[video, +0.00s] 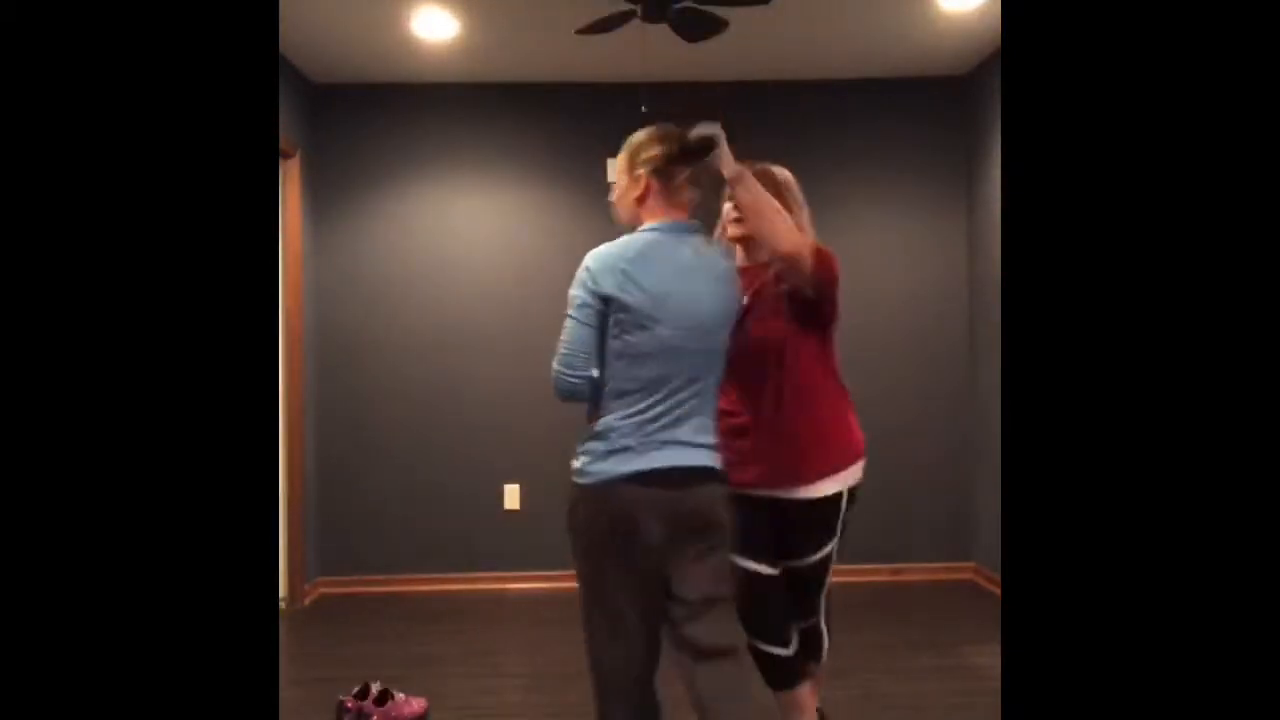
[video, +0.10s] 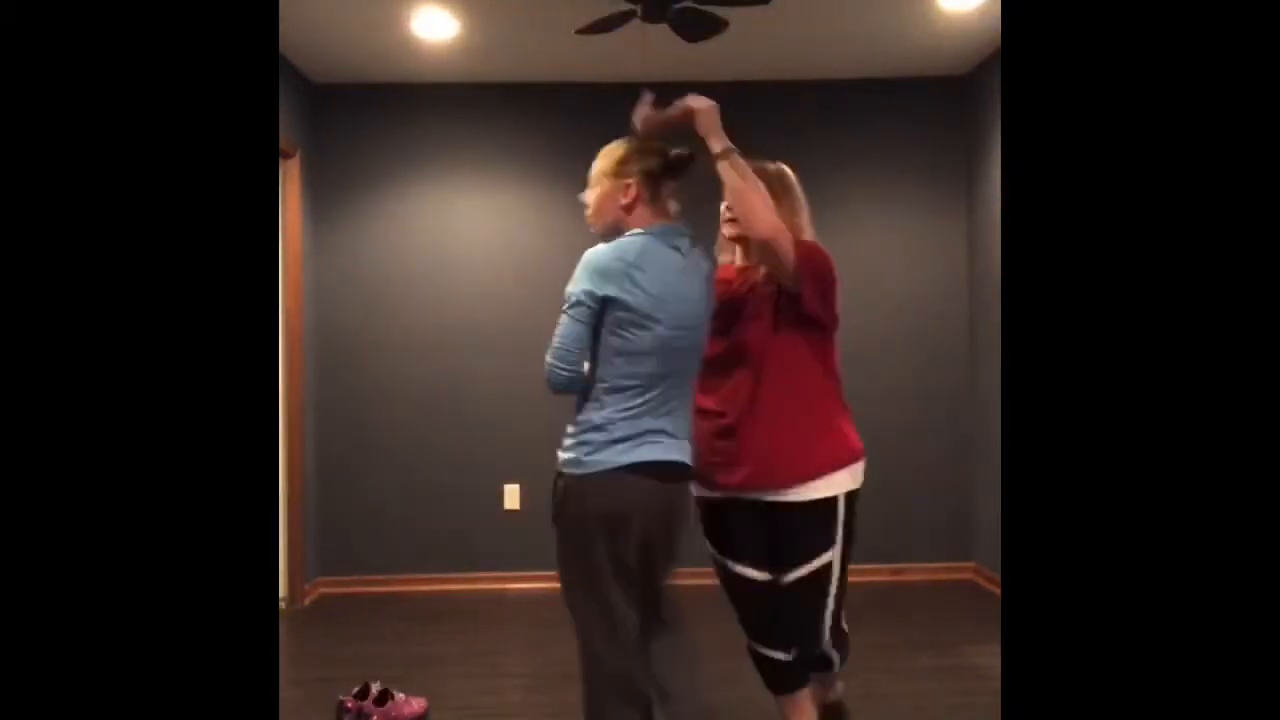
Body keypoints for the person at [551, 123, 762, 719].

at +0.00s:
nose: (612, 193)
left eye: (618, 180)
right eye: (614, 180)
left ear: (644, 184)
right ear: (687, 186)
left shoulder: (606, 263)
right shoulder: (724, 265)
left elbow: (571, 379)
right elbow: (720, 358)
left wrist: (627, 383)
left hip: (615, 490)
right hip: (701, 485)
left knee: (622, 664)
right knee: (717, 653)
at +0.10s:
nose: (585, 202)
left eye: (592, 188)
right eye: (588, 188)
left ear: (629, 192)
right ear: (653, 193)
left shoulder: (603, 261)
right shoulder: (697, 262)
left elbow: (562, 373)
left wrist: (602, 375)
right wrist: (649, 142)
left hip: (599, 484)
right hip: (668, 484)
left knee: (608, 650)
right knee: (653, 626)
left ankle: (622, 718)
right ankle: (688, 709)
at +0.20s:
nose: (570, 200)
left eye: (582, 188)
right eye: (574, 187)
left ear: (625, 197)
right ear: (630, 197)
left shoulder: (607, 263)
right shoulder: (668, 259)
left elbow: (566, 369)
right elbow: (664, 352)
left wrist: (587, 331)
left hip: (599, 466)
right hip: (643, 459)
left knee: (584, 617)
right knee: (597, 615)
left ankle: (619, 713)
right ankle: (624, 710)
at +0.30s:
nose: (573, 208)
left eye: (587, 195)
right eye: (572, 196)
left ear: (626, 202)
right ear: (574, 201)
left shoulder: (630, 265)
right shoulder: (617, 258)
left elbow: (605, 365)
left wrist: (559, 346)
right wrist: (566, 152)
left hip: (609, 461)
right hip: (591, 455)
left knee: (575, 606)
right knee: (548, 589)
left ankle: (605, 711)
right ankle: (584, 703)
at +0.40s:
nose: (573, 215)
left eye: (583, 204)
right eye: (571, 204)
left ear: (618, 209)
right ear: (576, 210)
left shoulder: (646, 269)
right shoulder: (577, 255)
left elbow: (662, 356)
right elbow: (497, 243)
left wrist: (602, 368)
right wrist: (518, 227)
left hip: (610, 456)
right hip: (573, 452)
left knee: (575, 606)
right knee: (549, 602)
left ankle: (605, 711)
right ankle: (574, 710)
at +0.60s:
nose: (560, 220)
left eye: (573, 211)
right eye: (559, 210)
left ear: (612, 218)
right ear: (558, 216)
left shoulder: (644, 274)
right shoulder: (554, 273)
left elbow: (684, 337)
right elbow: (502, 314)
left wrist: (676, 404)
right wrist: (564, 311)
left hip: (622, 452)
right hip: (560, 450)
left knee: (613, 585)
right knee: (556, 584)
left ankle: (639, 708)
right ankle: (568, 706)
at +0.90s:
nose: (607, 228)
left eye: (619, 218)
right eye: (603, 219)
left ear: (652, 222)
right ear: (600, 228)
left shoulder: (676, 284)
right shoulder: (593, 290)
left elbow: (699, 346)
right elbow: (576, 366)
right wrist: (634, 336)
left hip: (678, 438)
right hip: (621, 442)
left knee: (667, 579)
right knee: (640, 579)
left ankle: (655, 695)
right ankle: (602, 700)